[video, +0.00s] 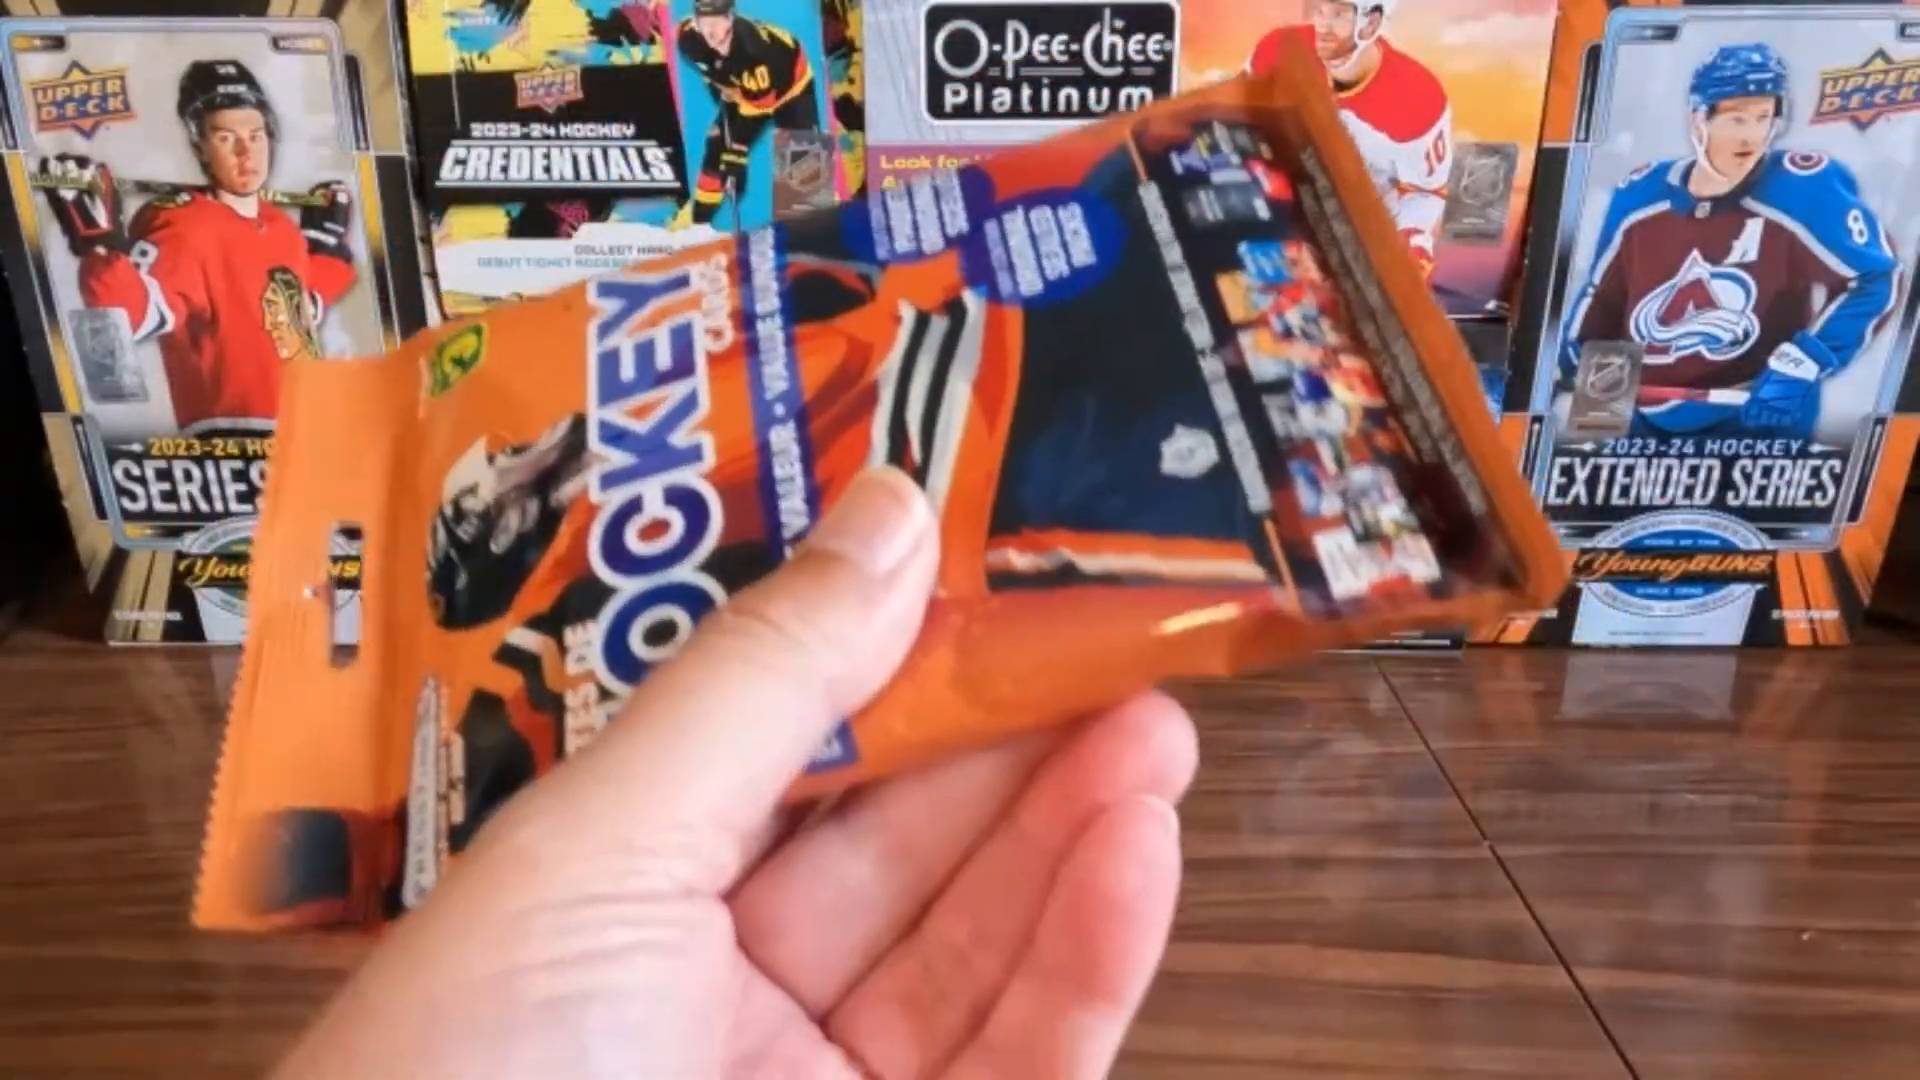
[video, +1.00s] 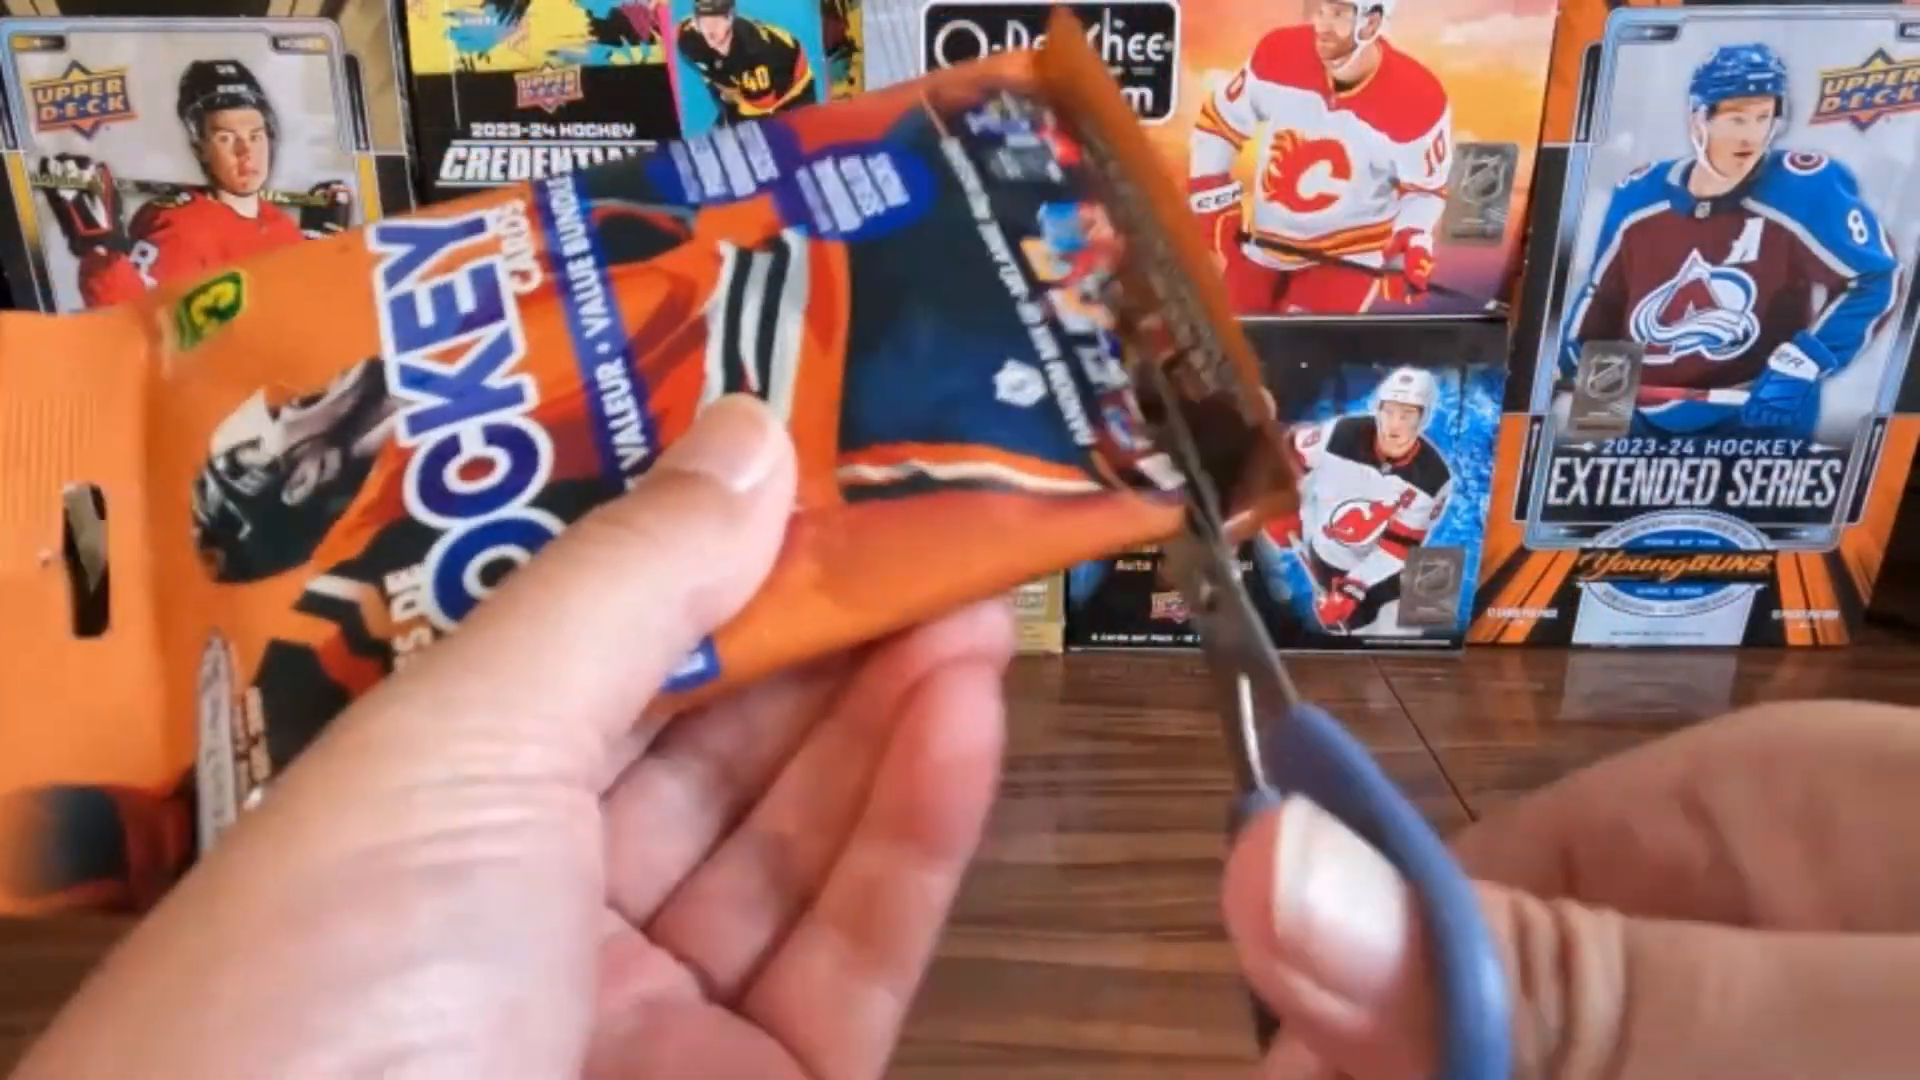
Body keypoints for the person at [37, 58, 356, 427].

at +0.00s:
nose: (246, 150)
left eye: (256, 134)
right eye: (227, 138)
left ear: (270, 139)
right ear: (200, 147)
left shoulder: (280, 225)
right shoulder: (183, 226)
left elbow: (301, 308)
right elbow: (139, 315)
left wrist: (333, 250)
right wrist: (99, 246)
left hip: (308, 424)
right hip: (232, 435)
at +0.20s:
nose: (246, 150)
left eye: (256, 134)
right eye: (226, 138)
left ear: (270, 139)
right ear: (201, 148)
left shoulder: (282, 227)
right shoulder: (183, 226)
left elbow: (326, 317)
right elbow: (139, 315)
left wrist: (330, 249)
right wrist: (99, 246)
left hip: (301, 412)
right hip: (220, 424)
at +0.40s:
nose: (246, 153)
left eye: (256, 136)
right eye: (226, 138)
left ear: (271, 141)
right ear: (200, 148)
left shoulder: (284, 226)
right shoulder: (183, 227)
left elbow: (316, 318)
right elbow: (139, 319)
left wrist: (330, 244)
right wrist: (101, 248)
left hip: (300, 417)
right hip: (217, 421)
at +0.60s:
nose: (246, 154)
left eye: (255, 135)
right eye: (227, 139)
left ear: (269, 138)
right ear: (200, 148)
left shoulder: (296, 215)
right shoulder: (177, 224)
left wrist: (333, 216)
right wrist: (100, 244)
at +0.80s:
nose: (245, 151)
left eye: (255, 135)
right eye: (226, 138)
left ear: (271, 140)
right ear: (200, 148)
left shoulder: (284, 227)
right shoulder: (178, 226)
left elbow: (323, 317)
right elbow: (153, 336)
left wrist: (329, 250)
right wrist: (103, 256)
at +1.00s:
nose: (247, 153)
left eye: (256, 136)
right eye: (228, 139)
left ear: (270, 140)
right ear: (201, 149)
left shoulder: (283, 227)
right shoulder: (177, 226)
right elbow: (137, 326)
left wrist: (329, 237)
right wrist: (101, 251)